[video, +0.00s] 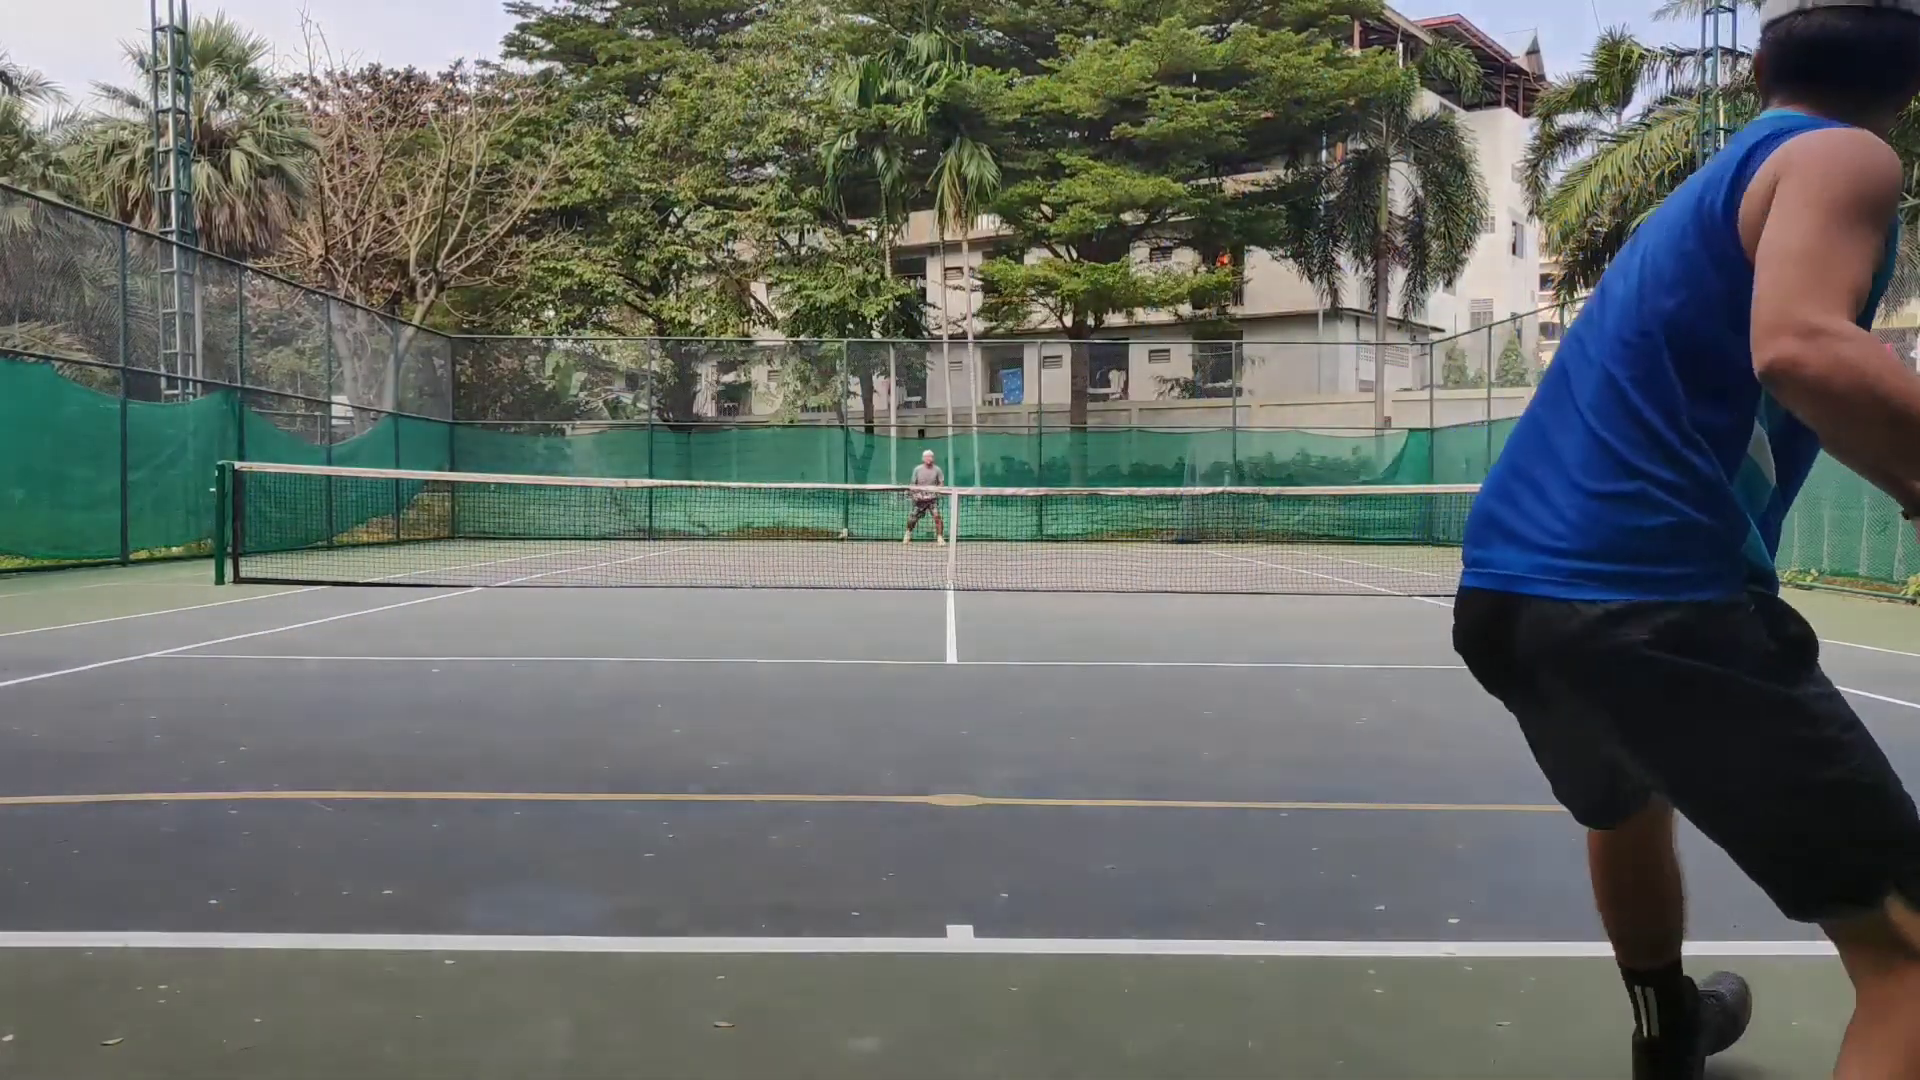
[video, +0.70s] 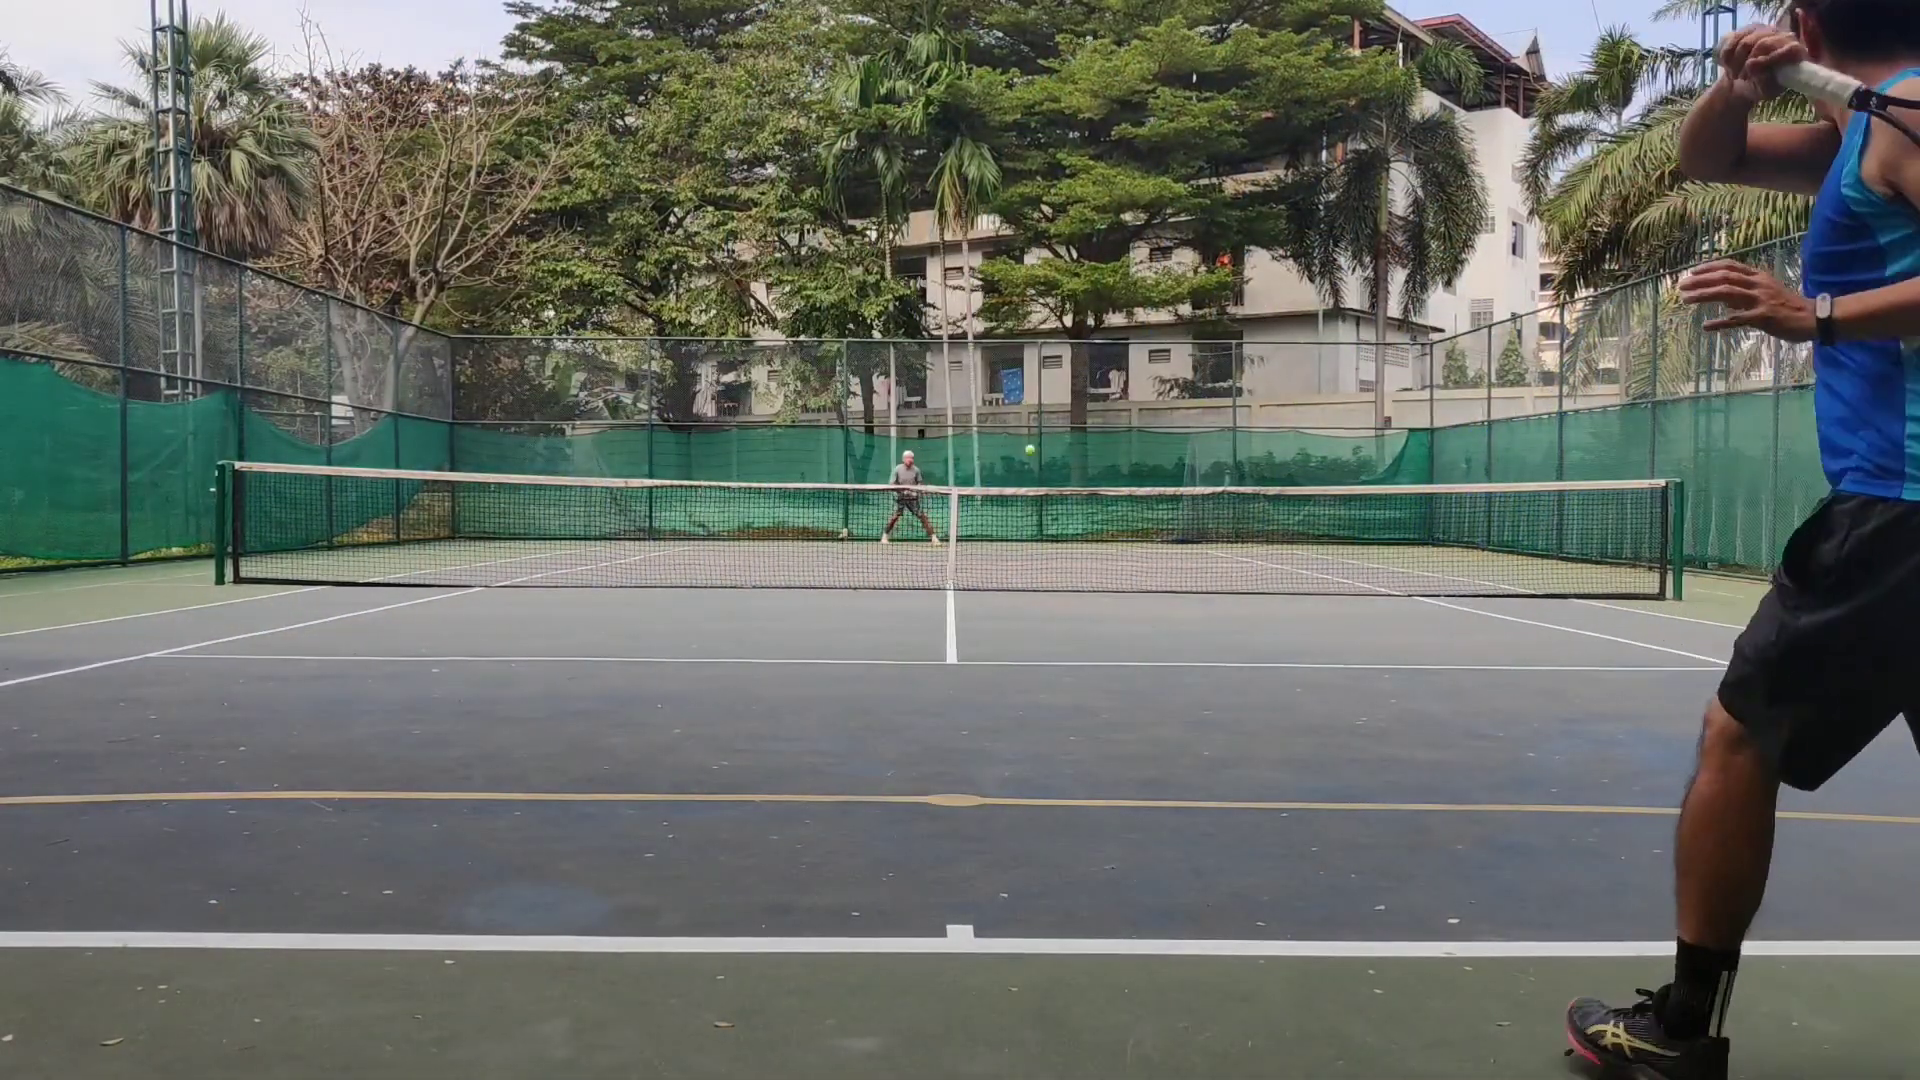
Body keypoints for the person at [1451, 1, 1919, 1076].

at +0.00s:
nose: (1913, 124)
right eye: (1914, 100)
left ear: (1776, 84)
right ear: (1903, 92)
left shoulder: (1706, 184)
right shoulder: (1840, 156)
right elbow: (1800, 345)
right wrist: (1910, 480)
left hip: (1506, 593)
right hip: (1657, 605)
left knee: (1622, 794)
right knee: (1898, 953)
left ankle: (1663, 1022)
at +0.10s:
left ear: (1790, 88)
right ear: (1914, 104)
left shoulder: (1714, 184)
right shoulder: (1881, 197)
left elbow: (1636, 301)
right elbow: (1908, 433)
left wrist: (1793, 403)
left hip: (1545, 574)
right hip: (1699, 589)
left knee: (1666, 758)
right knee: (1846, 953)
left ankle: (1682, 1023)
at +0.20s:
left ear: (1786, 53)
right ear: (1904, 84)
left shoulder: (1657, 141)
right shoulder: (1906, 184)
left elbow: (1482, 199)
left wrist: (1598, 269)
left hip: (1603, 549)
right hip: (1775, 564)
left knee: (1660, 751)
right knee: (1802, 898)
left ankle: (1676, 1015)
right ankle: (1753, 1066)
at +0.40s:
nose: (1779, 23)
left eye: (1782, 14)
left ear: (1799, 7)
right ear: (1904, 9)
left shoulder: (1773, 75)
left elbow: (1584, 132)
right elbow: (1718, 174)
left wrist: (1495, 139)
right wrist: (1580, 138)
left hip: (1715, 480)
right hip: (1886, 488)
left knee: (1699, 758)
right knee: (1874, 797)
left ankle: (1687, 1021)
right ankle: (1810, 978)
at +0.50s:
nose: (1777, 16)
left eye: (1781, 10)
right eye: (1779, 14)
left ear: (1806, 2)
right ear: (1887, 2)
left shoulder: (1811, 49)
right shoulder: (1901, 64)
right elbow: (1734, 103)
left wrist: (1582, 164)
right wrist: (1586, 48)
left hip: (1778, 474)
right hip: (1908, 471)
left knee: (1720, 765)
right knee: (1917, 778)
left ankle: (1693, 1021)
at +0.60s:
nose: (1782, 14)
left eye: (1791, 3)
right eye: (1786, 12)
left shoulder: (1856, 54)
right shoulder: (1830, 66)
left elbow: (1906, 182)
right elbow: (1709, 89)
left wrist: (1718, 236)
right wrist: (1671, 12)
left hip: (1830, 474)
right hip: (1879, 469)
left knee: (1743, 762)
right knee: (1741, 762)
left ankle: (1689, 1027)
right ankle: (1689, 1024)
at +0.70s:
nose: (1791, 23)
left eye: (1797, 10)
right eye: (1792, 11)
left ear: (1829, 20)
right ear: (1884, 21)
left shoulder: (1897, 112)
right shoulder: (1861, 120)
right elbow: (1707, 160)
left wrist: (1819, 313)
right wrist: (1732, 93)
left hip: (1893, 510)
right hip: (1878, 505)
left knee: (1740, 733)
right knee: (1744, 733)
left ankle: (1688, 1021)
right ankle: (1692, 1017)